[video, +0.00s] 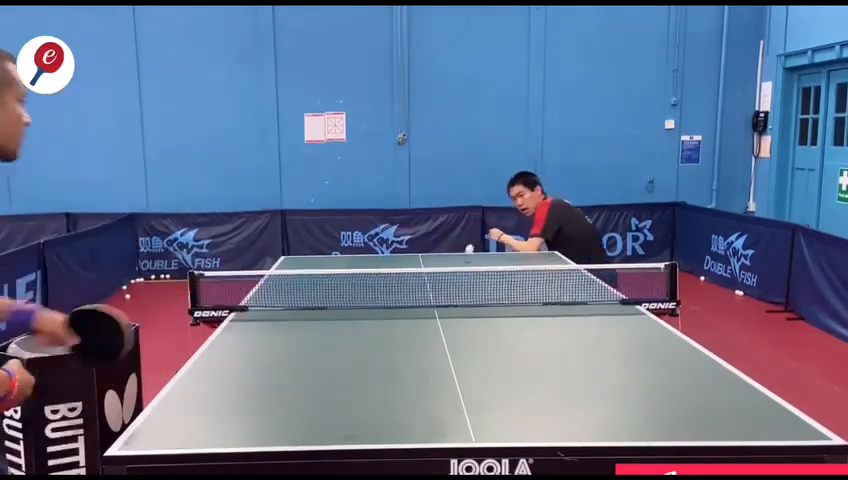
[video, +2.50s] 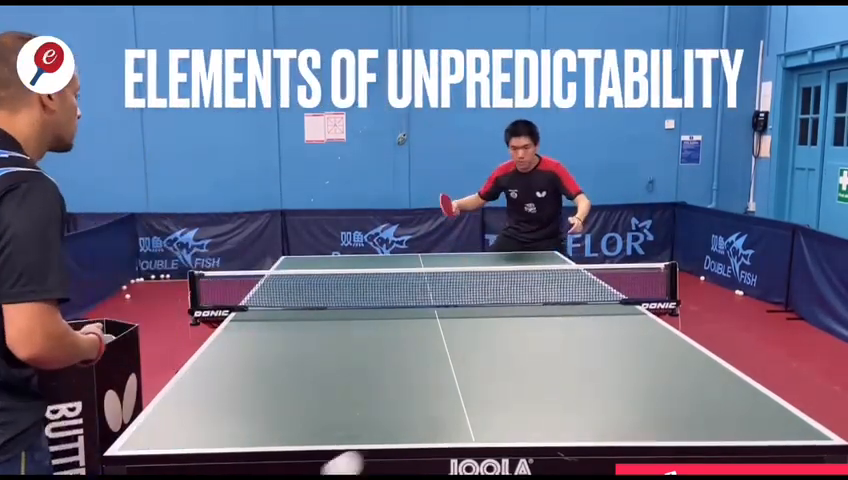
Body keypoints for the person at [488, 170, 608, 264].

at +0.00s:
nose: (518, 203)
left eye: (521, 195)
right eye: (514, 200)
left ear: (539, 192)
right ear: (512, 202)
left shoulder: (548, 207)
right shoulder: (558, 205)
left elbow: (531, 249)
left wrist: (502, 237)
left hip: (589, 276)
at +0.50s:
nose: (641, 166)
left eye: (648, 161)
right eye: (636, 159)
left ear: (655, 164)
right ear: (626, 159)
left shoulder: (648, 190)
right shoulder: (614, 182)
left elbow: (653, 220)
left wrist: (657, 230)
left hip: (626, 257)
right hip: (593, 257)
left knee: (664, 291)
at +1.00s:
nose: (552, 130)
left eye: (558, 123)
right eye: (546, 124)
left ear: (567, 123)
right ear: (538, 126)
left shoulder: (584, 148)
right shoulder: (526, 156)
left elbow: (604, 175)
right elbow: (509, 198)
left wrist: (592, 196)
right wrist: (523, 206)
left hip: (564, 219)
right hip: (530, 219)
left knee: (571, 271)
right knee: (508, 268)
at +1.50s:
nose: (503, 193)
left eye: (508, 186)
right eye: (497, 187)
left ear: (519, 182)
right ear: (490, 185)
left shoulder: (539, 189)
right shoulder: (484, 198)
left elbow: (567, 200)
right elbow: (475, 242)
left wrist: (554, 237)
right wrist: (485, 238)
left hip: (537, 256)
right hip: (503, 258)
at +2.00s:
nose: (503, 189)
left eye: (509, 183)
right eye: (498, 182)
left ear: (521, 179)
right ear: (492, 177)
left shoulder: (531, 189)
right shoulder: (479, 193)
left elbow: (564, 221)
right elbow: (446, 224)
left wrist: (550, 230)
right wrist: (472, 248)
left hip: (520, 262)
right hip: (486, 263)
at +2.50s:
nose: (520, 155)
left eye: (526, 148)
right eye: (514, 148)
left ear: (536, 146)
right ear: (509, 149)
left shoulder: (554, 170)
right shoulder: (503, 173)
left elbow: (583, 201)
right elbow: (480, 199)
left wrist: (579, 218)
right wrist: (458, 205)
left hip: (548, 241)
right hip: (513, 239)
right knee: (485, 273)